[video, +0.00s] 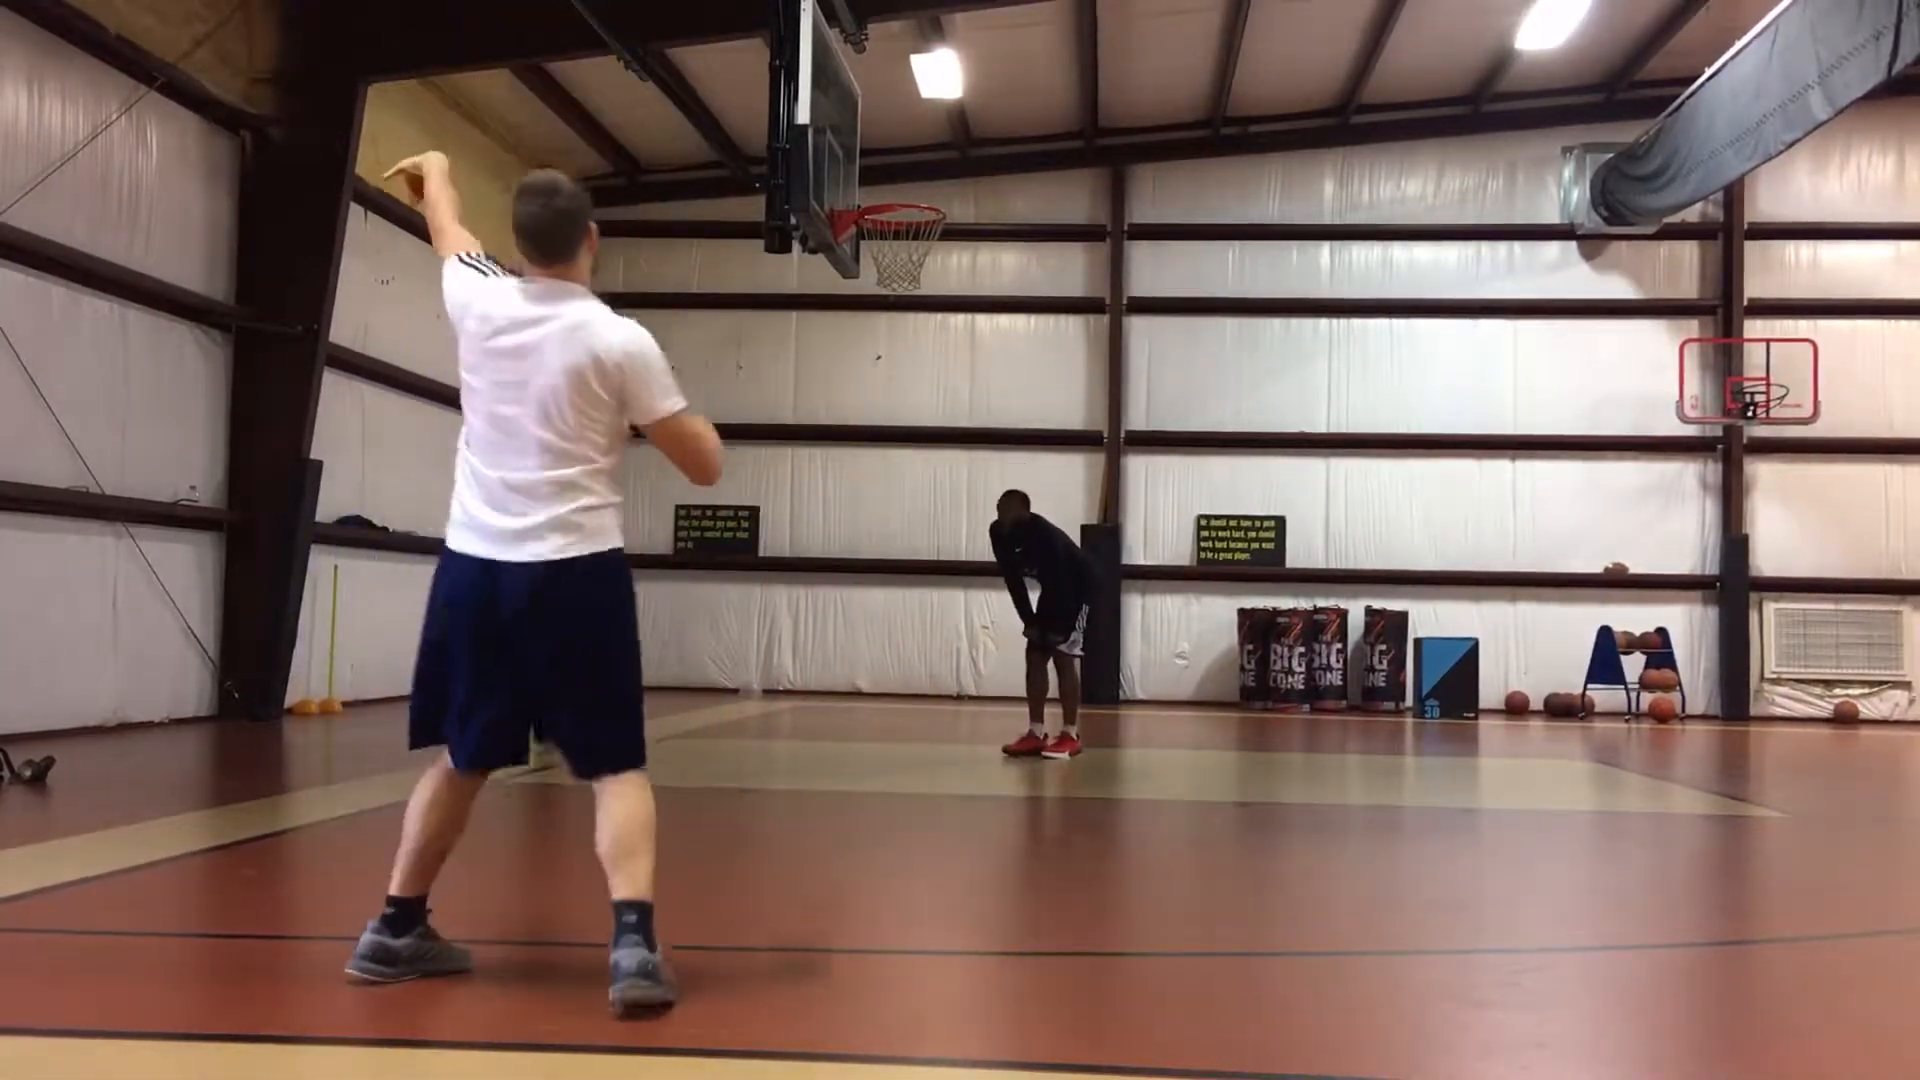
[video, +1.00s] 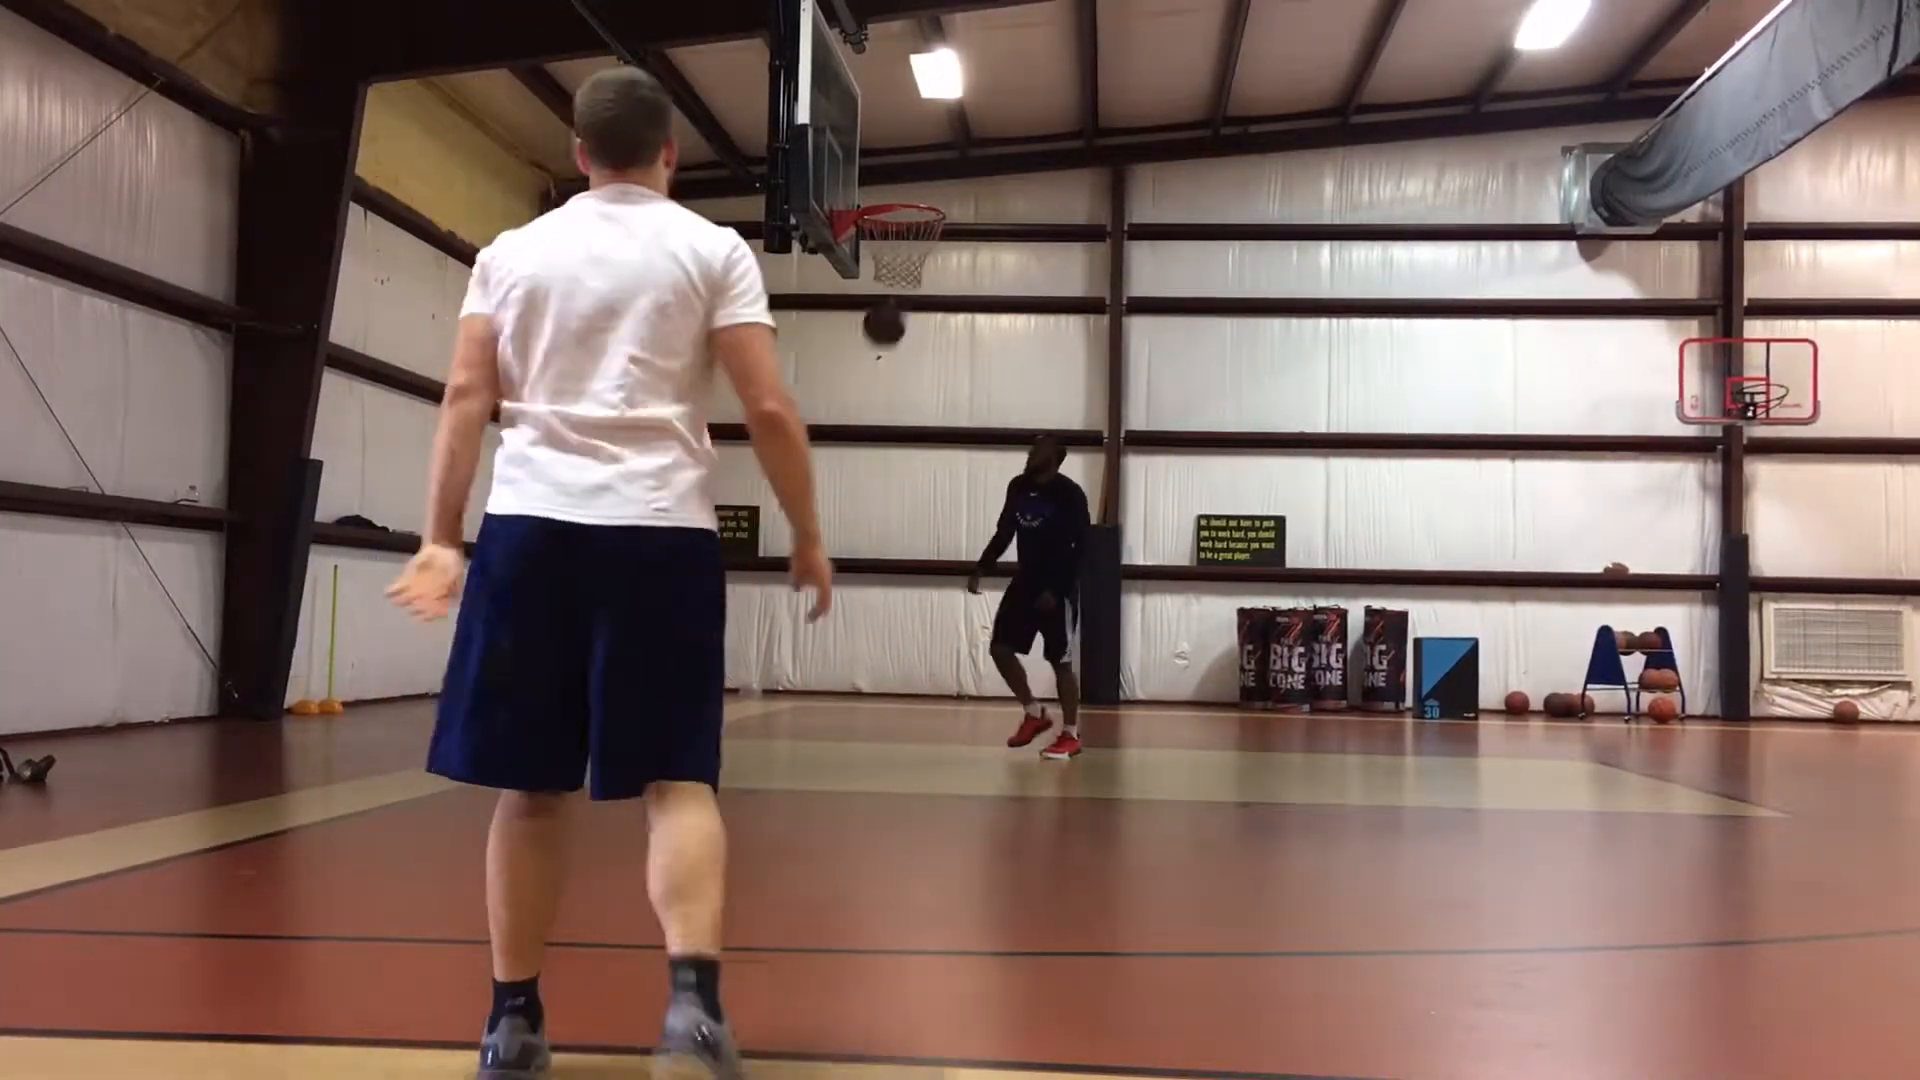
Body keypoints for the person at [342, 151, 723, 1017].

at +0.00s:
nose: (593, 241)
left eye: (562, 234)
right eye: (594, 233)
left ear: (518, 244)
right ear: (591, 242)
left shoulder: (476, 301)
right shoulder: (620, 342)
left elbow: (447, 228)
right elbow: (703, 463)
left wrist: (434, 169)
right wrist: (665, 410)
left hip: (474, 573)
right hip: (578, 579)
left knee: (462, 753)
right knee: (617, 764)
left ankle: (396, 928)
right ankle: (634, 946)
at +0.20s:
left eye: (569, 210)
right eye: (635, 206)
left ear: (561, 218)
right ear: (643, 214)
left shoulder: (520, 277)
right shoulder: (682, 313)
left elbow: (460, 223)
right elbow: (737, 458)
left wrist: (431, 170)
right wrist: (770, 551)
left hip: (512, 548)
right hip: (626, 557)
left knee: (476, 742)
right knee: (631, 758)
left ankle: (427, 933)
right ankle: (634, 962)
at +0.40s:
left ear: (572, 204)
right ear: (657, 200)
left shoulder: (529, 270)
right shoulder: (698, 301)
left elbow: (459, 237)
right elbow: (734, 439)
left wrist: (449, 177)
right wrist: (764, 573)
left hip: (530, 551)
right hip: (643, 562)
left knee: (501, 762)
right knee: (639, 770)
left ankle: (490, 922)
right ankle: (638, 964)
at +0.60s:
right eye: (645, 185)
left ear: (556, 196)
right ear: (645, 192)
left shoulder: (511, 272)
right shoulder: (685, 286)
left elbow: (445, 314)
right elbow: (695, 426)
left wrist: (465, 248)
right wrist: (709, 570)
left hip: (522, 554)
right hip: (639, 561)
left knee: (522, 773)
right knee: (635, 774)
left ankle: (516, 1004)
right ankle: (641, 968)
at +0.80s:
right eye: (639, 159)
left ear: (548, 168)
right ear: (641, 164)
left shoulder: (502, 259)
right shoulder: (688, 258)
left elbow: (435, 396)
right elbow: (708, 408)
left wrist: (444, 468)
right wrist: (728, 549)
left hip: (520, 547)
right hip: (647, 550)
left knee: (519, 777)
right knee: (648, 770)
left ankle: (512, 1016)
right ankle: (645, 986)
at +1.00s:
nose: (663, 164)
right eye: (670, 150)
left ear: (575, 156)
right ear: (670, 153)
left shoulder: (513, 253)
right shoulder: (715, 251)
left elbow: (466, 397)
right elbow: (768, 407)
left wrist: (441, 538)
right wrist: (807, 534)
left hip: (529, 544)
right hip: (664, 547)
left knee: (530, 787)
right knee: (679, 777)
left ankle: (512, 1022)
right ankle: (694, 1005)